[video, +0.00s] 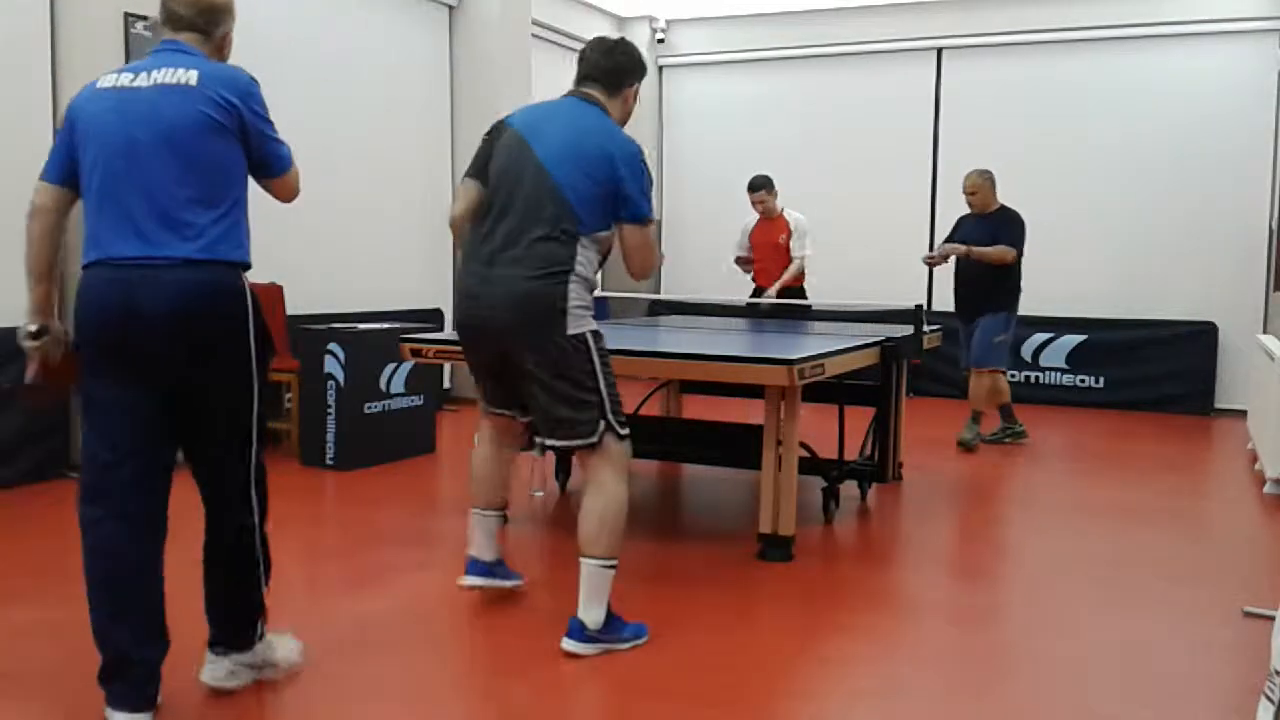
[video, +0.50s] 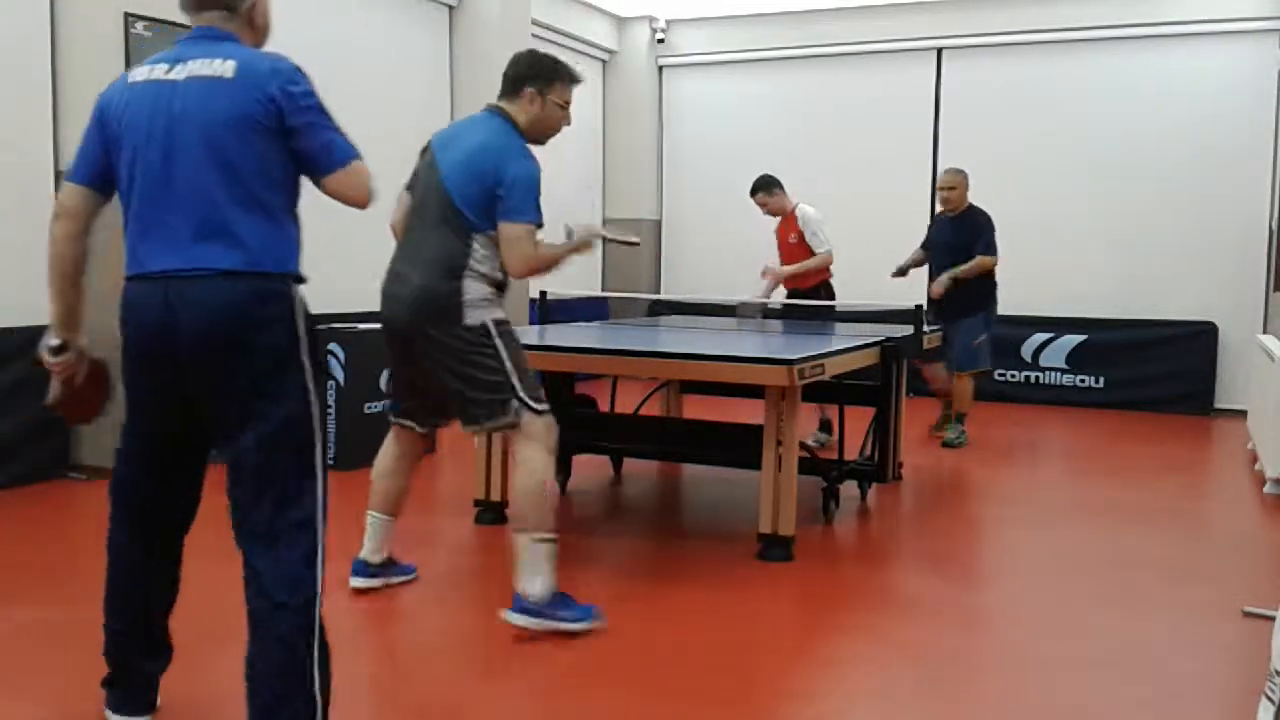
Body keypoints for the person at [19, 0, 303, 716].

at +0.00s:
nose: (233, 45)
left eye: (226, 33)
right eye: (232, 35)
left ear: (162, 29)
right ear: (222, 35)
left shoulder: (91, 95)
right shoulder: (231, 86)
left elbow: (46, 208)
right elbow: (285, 186)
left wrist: (42, 320)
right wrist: (242, 123)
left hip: (110, 303)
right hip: (207, 301)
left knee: (116, 492)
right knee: (232, 479)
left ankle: (129, 694)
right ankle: (235, 644)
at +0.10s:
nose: (230, 35)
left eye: (225, 27)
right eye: (228, 27)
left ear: (147, 25)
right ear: (214, 25)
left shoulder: (84, 88)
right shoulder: (227, 75)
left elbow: (34, 203)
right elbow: (285, 183)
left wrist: (23, 319)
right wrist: (236, 116)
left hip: (106, 303)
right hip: (209, 301)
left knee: (115, 495)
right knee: (241, 490)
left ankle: (129, 694)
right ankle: (241, 669)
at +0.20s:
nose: (228, 33)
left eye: (226, 26)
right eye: (227, 24)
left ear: (148, 20)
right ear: (214, 20)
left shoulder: (82, 86)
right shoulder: (227, 74)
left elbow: (30, 200)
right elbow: (290, 187)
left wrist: (19, 318)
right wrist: (237, 125)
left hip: (109, 307)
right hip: (212, 303)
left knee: (117, 499)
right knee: (251, 494)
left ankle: (128, 693)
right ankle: (256, 682)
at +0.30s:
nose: (237, 24)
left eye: (233, 17)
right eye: (235, 16)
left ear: (150, 14)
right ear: (221, 15)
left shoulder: (88, 84)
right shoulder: (238, 75)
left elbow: (34, 202)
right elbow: (304, 191)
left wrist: (21, 319)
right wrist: (240, 135)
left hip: (114, 305)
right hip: (217, 301)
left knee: (121, 494)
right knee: (259, 493)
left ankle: (128, 693)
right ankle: (273, 695)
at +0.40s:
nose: (249, 22)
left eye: (244, 15)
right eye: (247, 14)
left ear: (163, 13)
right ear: (232, 13)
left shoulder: (101, 85)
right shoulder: (252, 74)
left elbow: (48, 205)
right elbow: (327, 189)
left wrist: (37, 323)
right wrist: (261, 133)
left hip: (129, 310)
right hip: (232, 309)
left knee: (130, 500)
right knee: (266, 507)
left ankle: (128, 693)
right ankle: (288, 702)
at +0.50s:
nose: (272, 19)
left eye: (269, 11)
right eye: (269, 11)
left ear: (189, 13)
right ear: (252, 11)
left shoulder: (123, 90)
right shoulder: (272, 75)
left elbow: (70, 217)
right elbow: (358, 187)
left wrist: (64, 337)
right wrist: (291, 134)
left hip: (152, 316)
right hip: (254, 313)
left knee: (147, 507)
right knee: (277, 523)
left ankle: (129, 697)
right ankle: (288, 708)